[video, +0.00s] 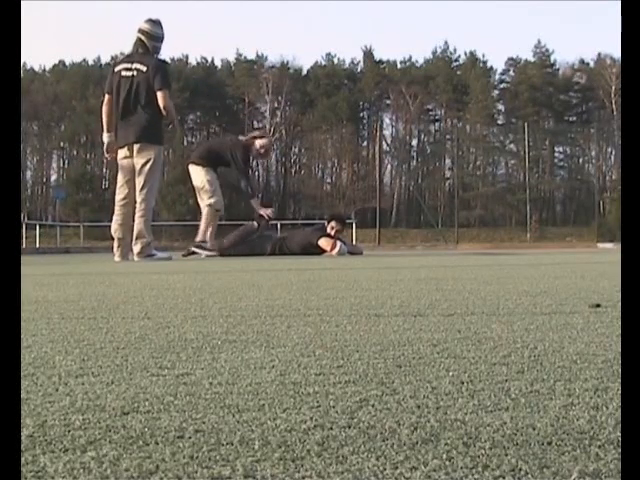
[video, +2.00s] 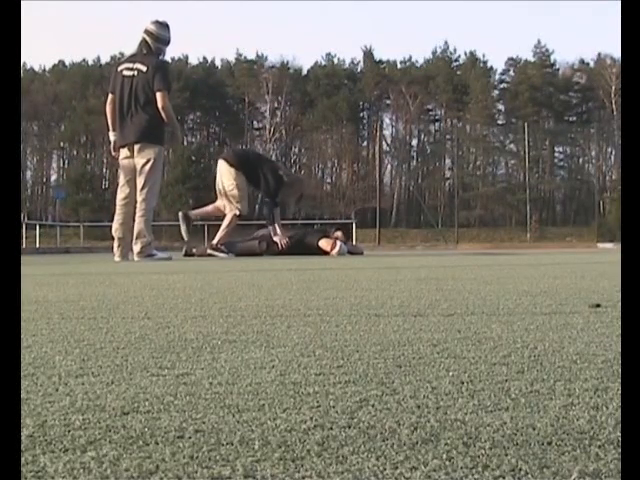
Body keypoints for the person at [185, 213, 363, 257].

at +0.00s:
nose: (334, 234)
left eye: (338, 231)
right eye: (333, 229)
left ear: (339, 230)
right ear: (327, 225)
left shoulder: (330, 237)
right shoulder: (319, 235)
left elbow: (357, 250)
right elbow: (335, 251)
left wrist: (344, 247)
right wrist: (344, 245)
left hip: (277, 243)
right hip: (274, 245)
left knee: (230, 247)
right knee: (227, 248)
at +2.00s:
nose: (337, 242)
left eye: (340, 240)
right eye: (338, 238)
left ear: (337, 239)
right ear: (333, 235)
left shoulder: (324, 241)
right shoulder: (320, 237)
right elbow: (333, 249)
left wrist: (346, 246)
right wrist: (346, 248)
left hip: (272, 240)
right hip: (270, 241)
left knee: (232, 247)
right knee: (231, 248)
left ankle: (197, 252)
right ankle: (197, 252)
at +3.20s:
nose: (336, 241)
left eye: (339, 240)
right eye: (337, 237)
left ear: (338, 240)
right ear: (334, 234)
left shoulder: (325, 241)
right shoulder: (322, 237)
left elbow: (354, 251)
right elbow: (328, 246)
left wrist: (346, 247)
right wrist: (336, 249)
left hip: (267, 244)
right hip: (266, 243)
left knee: (229, 248)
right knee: (229, 248)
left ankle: (195, 252)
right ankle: (195, 251)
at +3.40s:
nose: (337, 245)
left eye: (339, 242)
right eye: (339, 242)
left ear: (335, 236)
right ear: (335, 238)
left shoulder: (321, 237)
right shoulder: (320, 237)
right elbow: (330, 248)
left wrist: (346, 246)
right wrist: (343, 248)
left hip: (271, 238)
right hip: (272, 239)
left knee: (229, 247)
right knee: (230, 249)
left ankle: (193, 252)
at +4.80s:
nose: (342, 242)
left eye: (345, 241)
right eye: (342, 238)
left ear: (345, 241)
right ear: (337, 233)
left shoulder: (329, 242)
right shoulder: (313, 234)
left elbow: (359, 251)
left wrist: (344, 249)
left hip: (271, 247)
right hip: (266, 242)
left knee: (231, 245)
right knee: (221, 250)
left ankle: (199, 239)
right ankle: (236, 218)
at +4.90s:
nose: (343, 238)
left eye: (344, 238)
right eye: (342, 236)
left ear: (341, 239)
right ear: (336, 234)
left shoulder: (329, 242)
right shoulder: (322, 238)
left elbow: (355, 249)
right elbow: (290, 225)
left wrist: (350, 248)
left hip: (275, 244)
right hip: (270, 242)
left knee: (236, 244)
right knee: (221, 250)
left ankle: (200, 236)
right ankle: (236, 217)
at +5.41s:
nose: (334, 243)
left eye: (338, 242)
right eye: (336, 239)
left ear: (339, 240)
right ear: (333, 231)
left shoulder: (328, 240)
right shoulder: (315, 226)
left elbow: (359, 250)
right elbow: (284, 227)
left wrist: (345, 250)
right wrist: (292, 249)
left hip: (270, 248)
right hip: (265, 239)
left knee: (226, 248)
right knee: (220, 249)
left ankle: (196, 236)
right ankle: (238, 219)